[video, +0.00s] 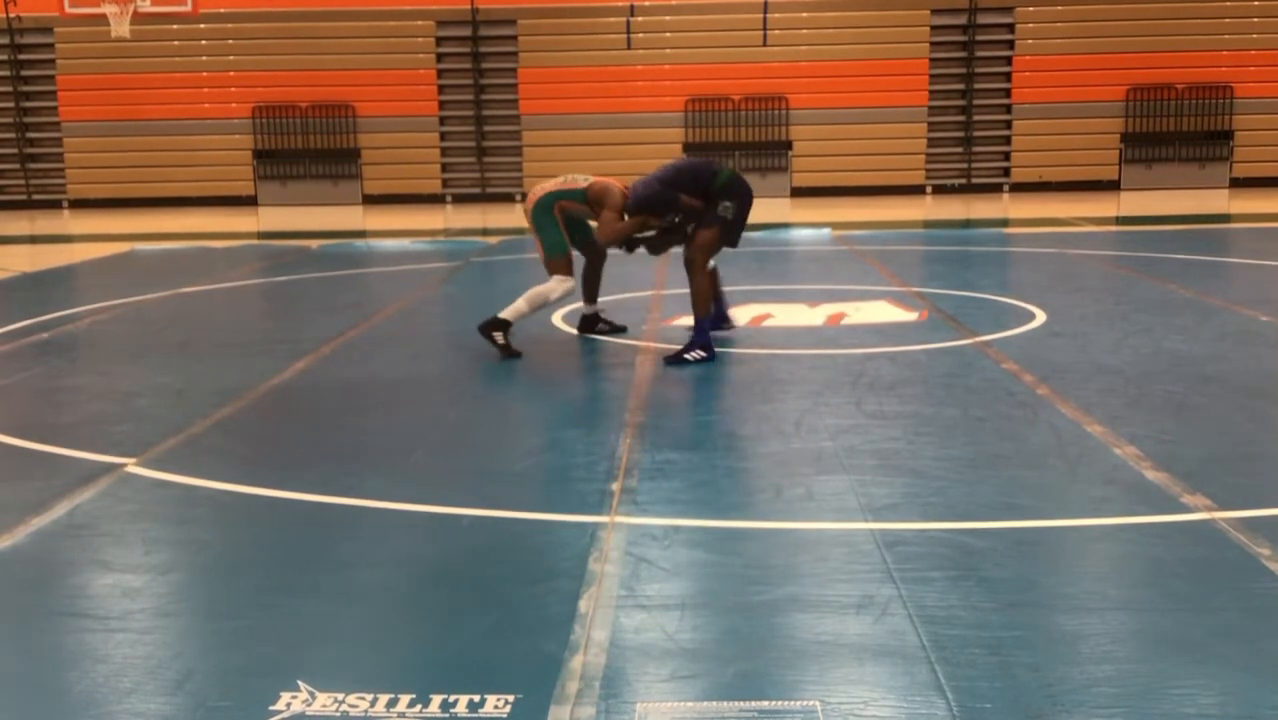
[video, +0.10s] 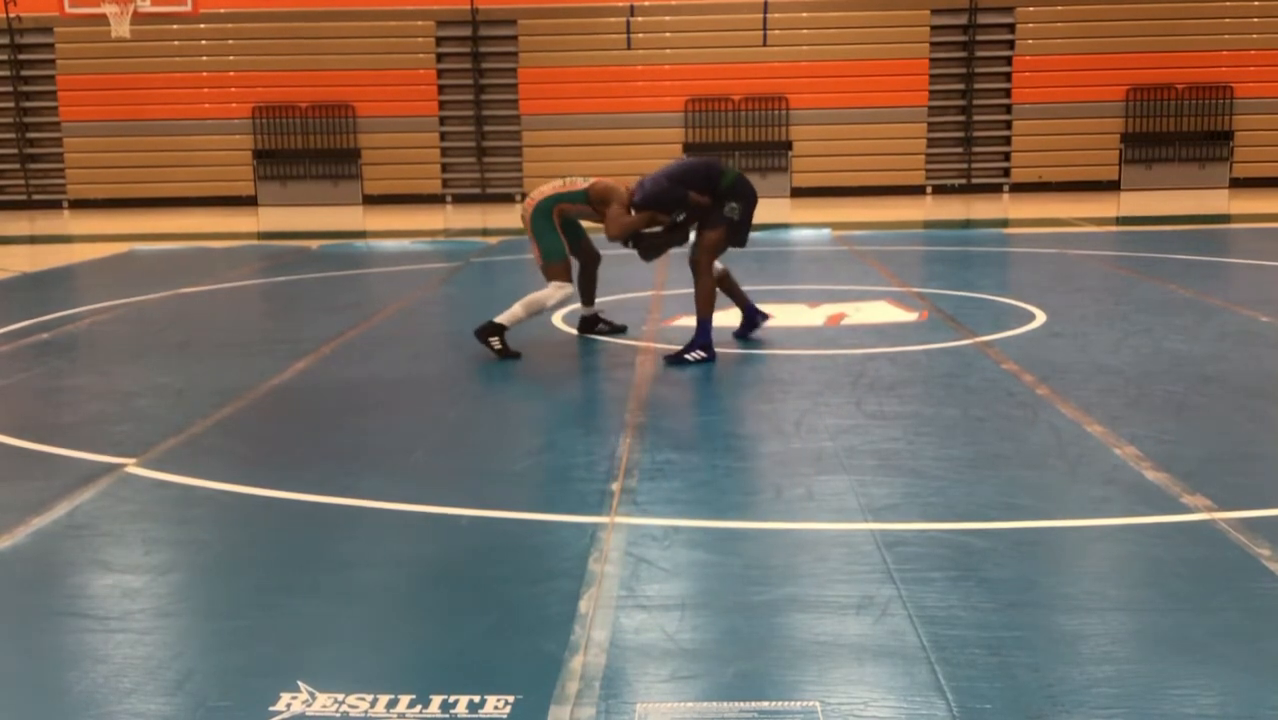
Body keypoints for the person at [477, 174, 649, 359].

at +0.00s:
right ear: (645, 207)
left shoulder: (621, 196)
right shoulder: (614, 195)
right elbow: (605, 236)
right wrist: (640, 222)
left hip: (567, 210)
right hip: (546, 208)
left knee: (597, 254)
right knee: (564, 283)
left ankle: (591, 319)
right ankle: (498, 325)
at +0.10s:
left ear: (640, 192)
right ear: (643, 200)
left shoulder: (625, 200)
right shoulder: (619, 196)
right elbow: (615, 232)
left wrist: (670, 233)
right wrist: (650, 217)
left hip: (559, 213)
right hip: (541, 211)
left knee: (591, 258)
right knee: (562, 288)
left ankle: (589, 319)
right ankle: (494, 328)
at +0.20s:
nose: (662, 214)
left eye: (667, 211)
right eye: (665, 211)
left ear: (645, 190)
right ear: (653, 204)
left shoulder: (629, 200)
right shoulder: (622, 194)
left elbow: (645, 253)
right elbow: (622, 224)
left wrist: (676, 234)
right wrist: (658, 211)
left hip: (560, 212)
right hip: (543, 210)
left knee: (590, 259)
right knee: (563, 288)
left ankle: (588, 319)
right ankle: (494, 328)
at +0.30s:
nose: (669, 214)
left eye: (671, 212)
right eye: (669, 210)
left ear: (650, 193)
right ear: (660, 202)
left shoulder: (634, 213)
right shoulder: (627, 193)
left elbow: (647, 260)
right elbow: (623, 222)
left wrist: (680, 242)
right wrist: (664, 213)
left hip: (567, 210)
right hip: (548, 206)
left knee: (595, 258)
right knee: (560, 284)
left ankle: (589, 320)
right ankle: (493, 328)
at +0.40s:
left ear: (650, 192)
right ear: (657, 199)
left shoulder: (634, 203)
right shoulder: (629, 189)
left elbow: (657, 254)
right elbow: (624, 221)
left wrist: (683, 233)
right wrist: (660, 211)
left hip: (574, 208)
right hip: (553, 201)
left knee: (599, 257)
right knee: (557, 281)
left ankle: (590, 319)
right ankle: (492, 328)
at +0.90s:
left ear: (671, 186)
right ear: (678, 194)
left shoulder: (654, 193)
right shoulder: (654, 193)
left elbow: (670, 245)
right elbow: (649, 236)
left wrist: (699, 238)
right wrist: (683, 217)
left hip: (580, 203)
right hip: (574, 205)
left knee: (603, 262)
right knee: (604, 280)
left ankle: (590, 319)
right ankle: (549, 334)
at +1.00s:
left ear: (671, 190)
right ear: (678, 197)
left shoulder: (655, 200)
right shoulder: (651, 197)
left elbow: (679, 247)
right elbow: (651, 241)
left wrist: (704, 236)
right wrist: (685, 221)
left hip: (580, 206)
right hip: (573, 208)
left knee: (603, 266)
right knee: (605, 281)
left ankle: (589, 320)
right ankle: (548, 335)